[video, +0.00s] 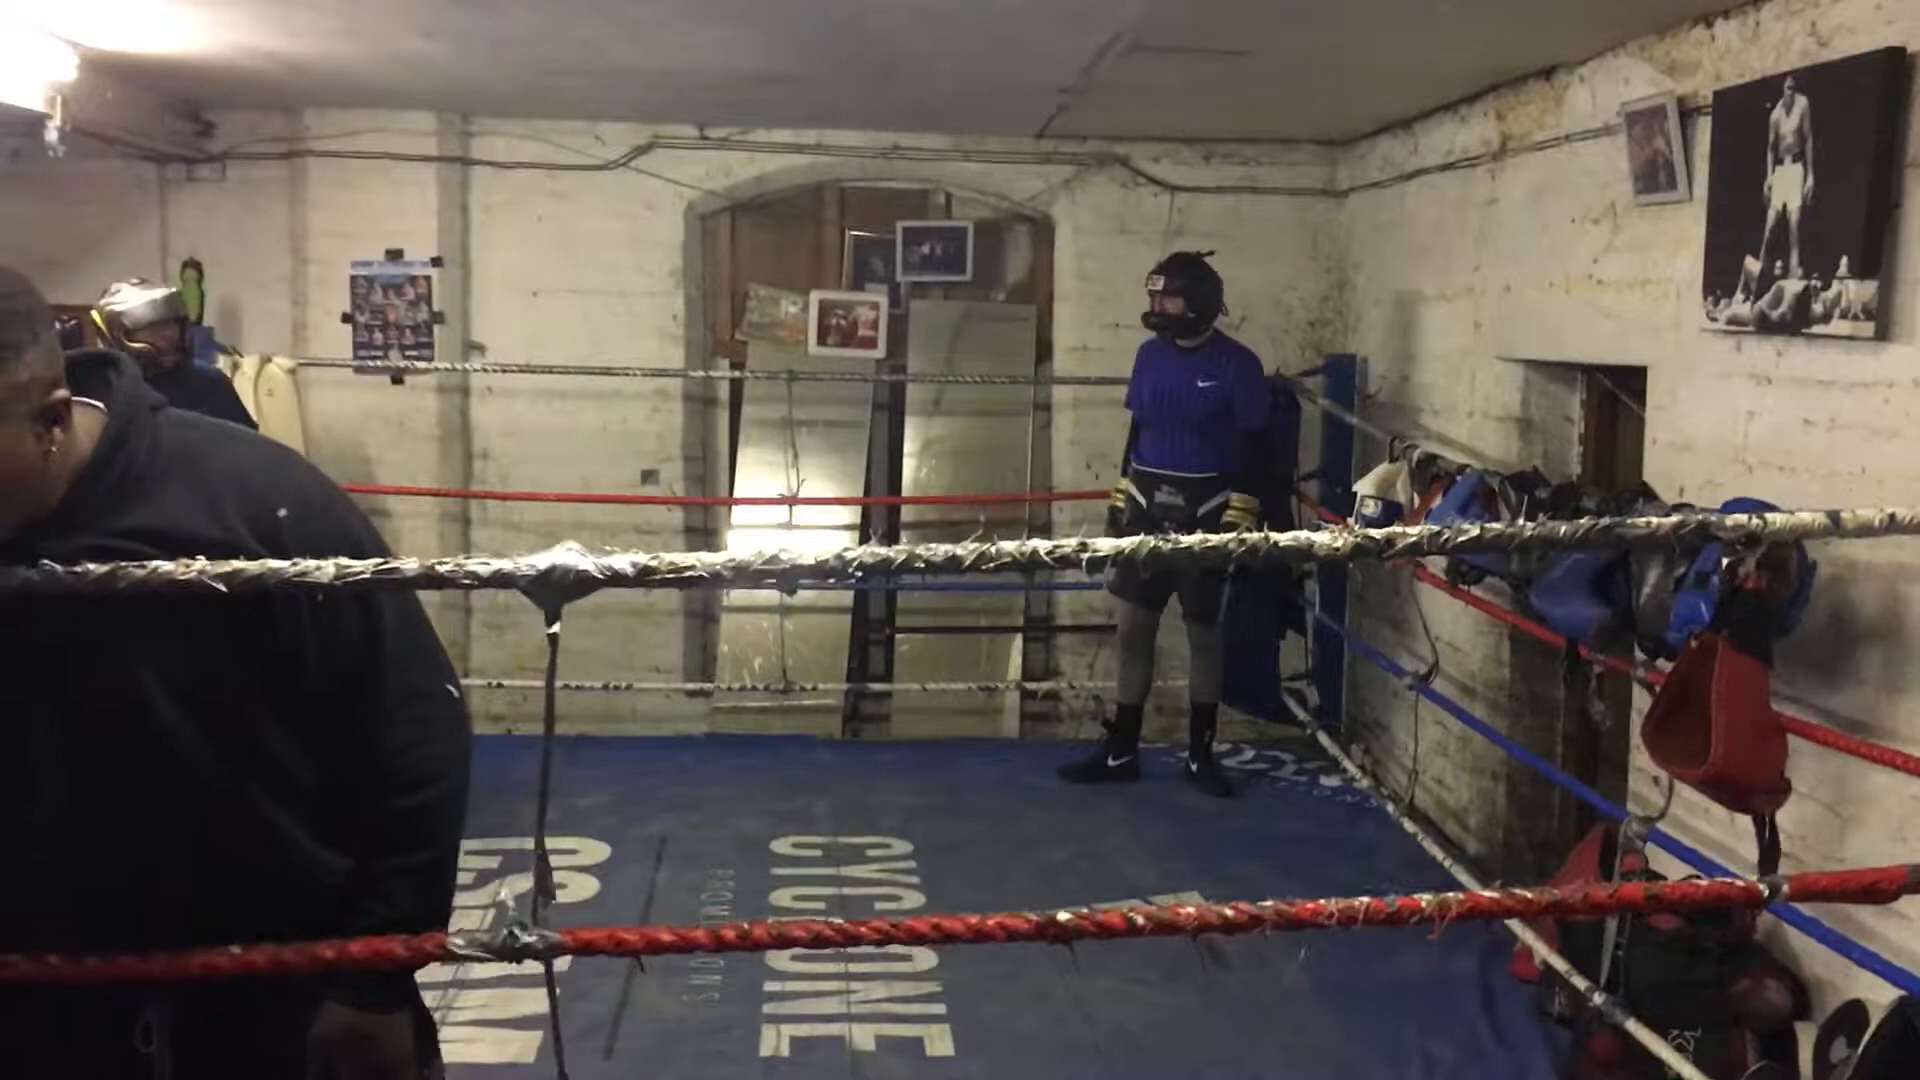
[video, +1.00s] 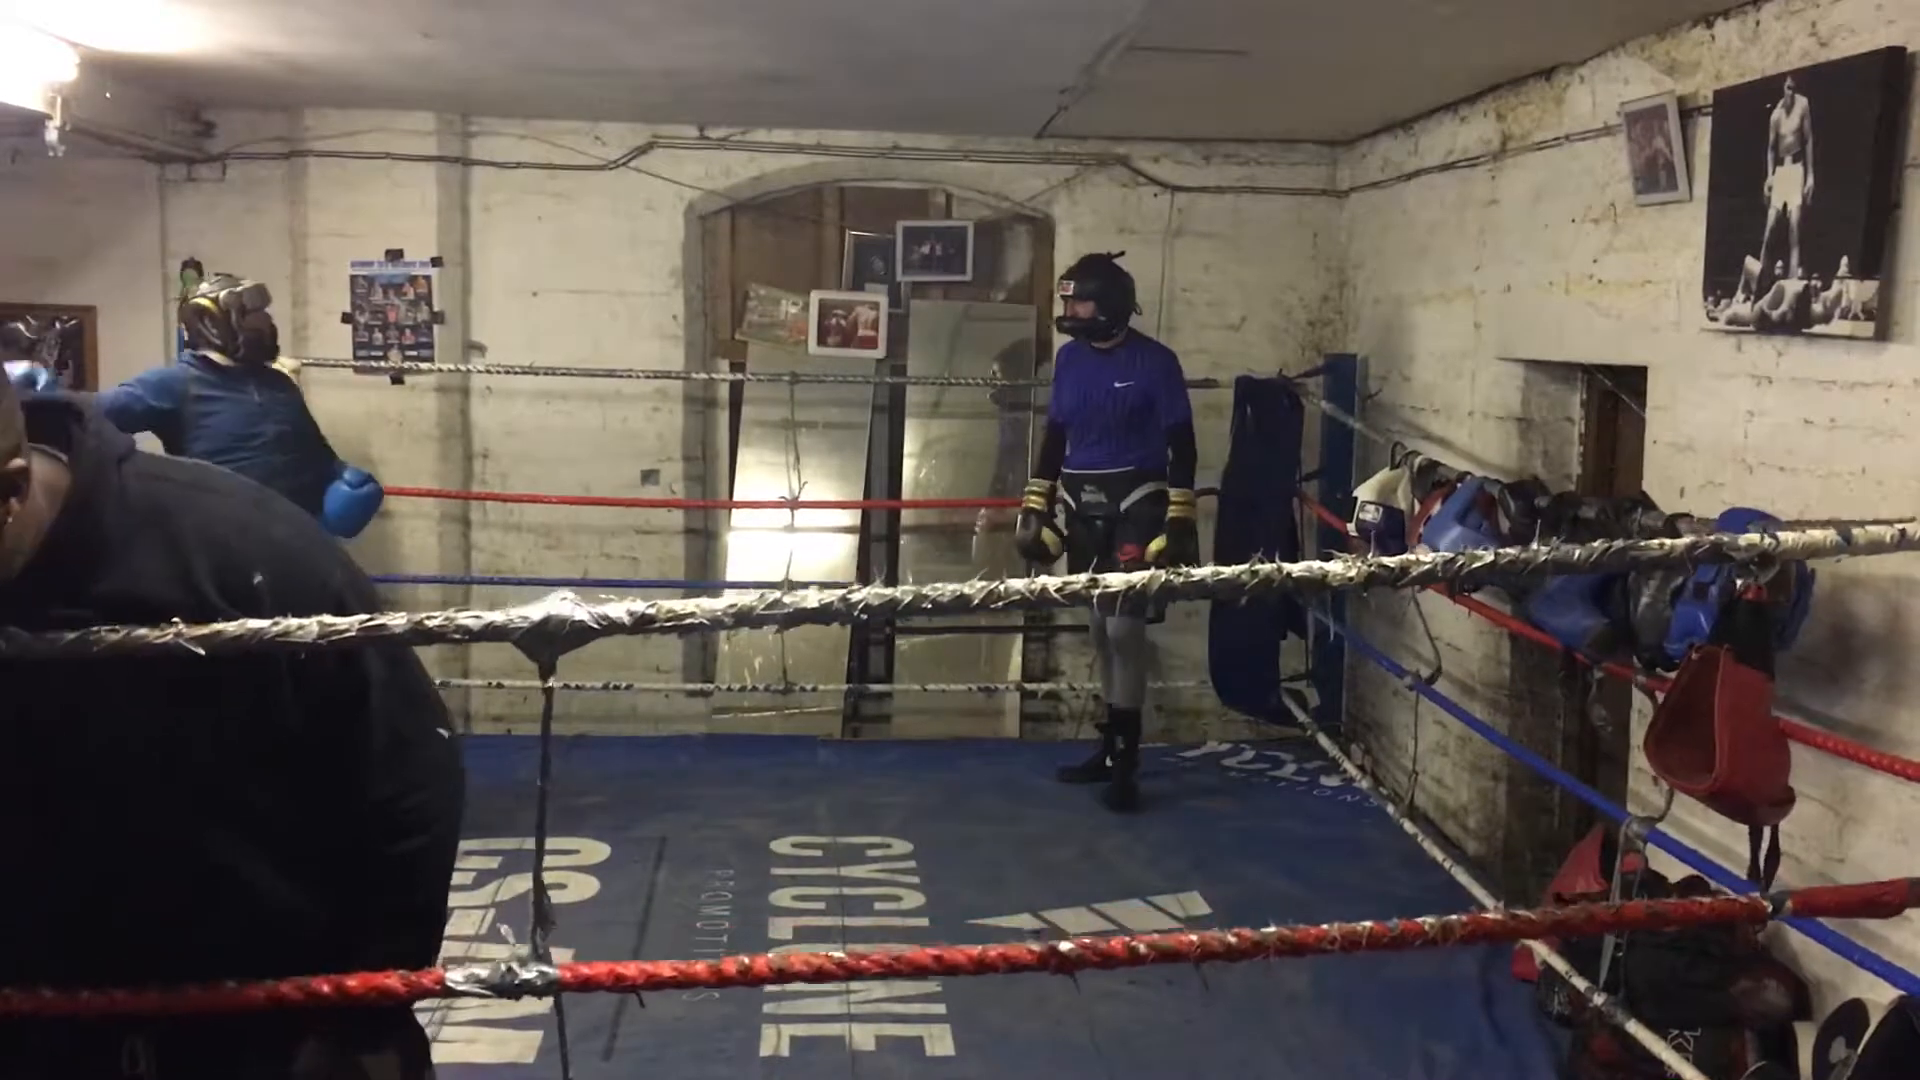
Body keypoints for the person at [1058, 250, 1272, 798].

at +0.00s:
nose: (1157, 304)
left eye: (1168, 295)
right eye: (1154, 295)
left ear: (1199, 301)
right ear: (1154, 300)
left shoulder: (1239, 364)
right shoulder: (1150, 355)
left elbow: (1254, 448)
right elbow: (1138, 431)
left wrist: (1243, 511)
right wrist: (1122, 495)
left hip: (1211, 509)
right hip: (1146, 503)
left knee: (1203, 633)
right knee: (1133, 630)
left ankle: (1201, 755)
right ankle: (1121, 750)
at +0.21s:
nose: (1138, 301)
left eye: (1149, 293)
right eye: (1137, 292)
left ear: (1180, 300)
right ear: (1139, 298)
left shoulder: (1221, 361)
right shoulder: (1130, 355)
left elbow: (1240, 446)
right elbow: (1114, 432)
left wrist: (1230, 521)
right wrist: (1094, 505)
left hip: (1197, 507)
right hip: (1131, 503)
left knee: (1193, 631)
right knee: (1126, 629)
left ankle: (1200, 755)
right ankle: (1119, 749)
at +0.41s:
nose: (1116, 301)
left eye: (1127, 293)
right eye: (1115, 292)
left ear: (1158, 299)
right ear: (1122, 298)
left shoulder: (1200, 361)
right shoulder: (1110, 353)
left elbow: (1224, 443)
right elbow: (1091, 428)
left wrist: (1220, 512)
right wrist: (1067, 495)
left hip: (1176, 508)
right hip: (1113, 505)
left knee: (1182, 634)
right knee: (1120, 632)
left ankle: (1198, 755)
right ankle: (1119, 751)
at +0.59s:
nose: (1099, 301)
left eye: (1110, 293)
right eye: (1099, 292)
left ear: (1141, 299)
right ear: (1105, 298)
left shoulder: (1182, 360)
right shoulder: (1094, 353)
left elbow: (1205, 444)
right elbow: (1070, 428)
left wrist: (1201, 516)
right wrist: (1044, 494)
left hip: (1160, 508)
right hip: (1100, 506)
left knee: (1172, 634)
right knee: (1111, 632)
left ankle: (1197, 754)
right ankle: (1117, 752)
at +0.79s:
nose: (1083, 305)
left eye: (1093, 296)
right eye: (1082, 295)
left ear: (1123, 301)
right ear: (1089, 301)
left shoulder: (1166, 360)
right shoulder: (1079, 357)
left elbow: (1191, 443)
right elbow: (1058, 431)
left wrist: (1190, 517)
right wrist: (1033, 498)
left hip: (1149, 507)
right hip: (1090, 507)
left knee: (1151, 635)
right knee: (1106, 632)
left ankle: (1183, 752)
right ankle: (1117, 751)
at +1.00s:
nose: (1070, 310)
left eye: (1081, 300)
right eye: (1067, 299)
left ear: (1111, 305)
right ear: (1070, 304)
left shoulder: (1155, 361)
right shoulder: (1069, 358)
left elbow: (1182, 444)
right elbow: (1055, 433)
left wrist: (1180, 519)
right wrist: (1036, 503)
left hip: (1140, 503)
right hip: (1084, 505)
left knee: (1124, 629)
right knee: (1098, 628)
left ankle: (1127, 764)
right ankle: (1111, 747)